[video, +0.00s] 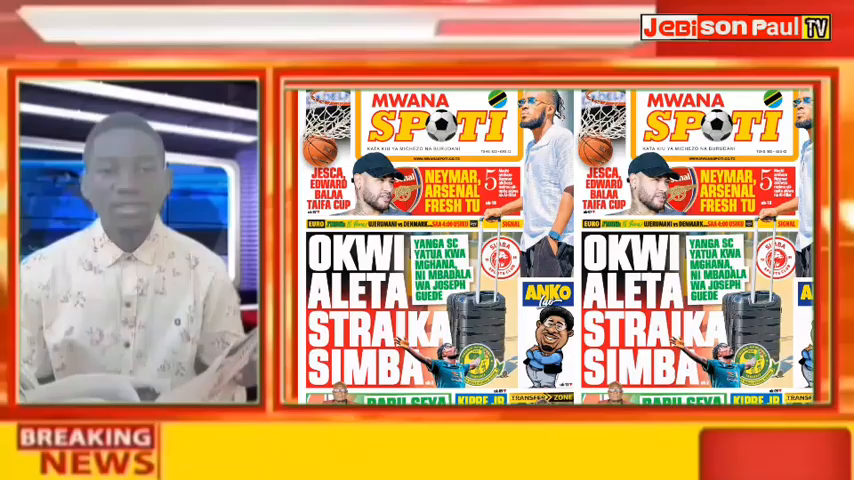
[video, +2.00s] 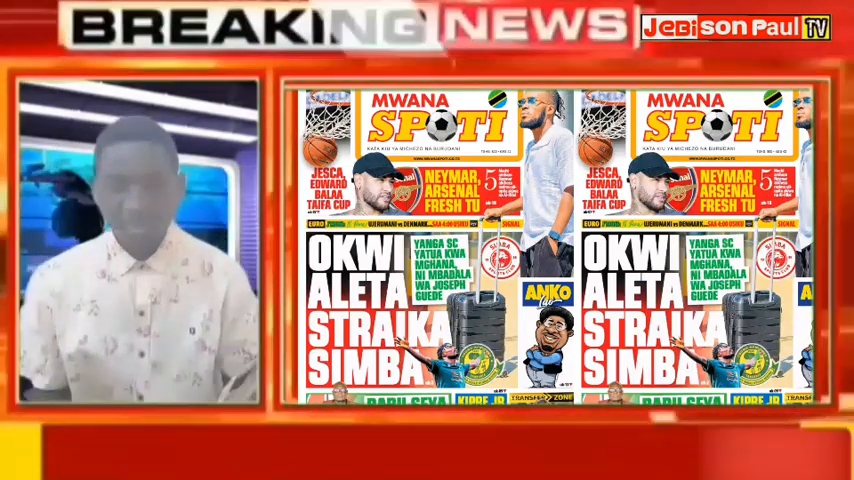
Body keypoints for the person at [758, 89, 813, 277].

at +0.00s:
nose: (799, 107)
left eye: (807, 101)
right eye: (797, 102)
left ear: (820, 107)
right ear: (794, 109)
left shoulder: (827, 148)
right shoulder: (806, 149)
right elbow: (805, 197)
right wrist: (777, 211)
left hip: (821, 240)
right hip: (804, 239)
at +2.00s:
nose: (799, 107)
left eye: (806, 101)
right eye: (797, 103)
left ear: (820, 107)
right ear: (793, 109)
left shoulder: (825, 148)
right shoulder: (806, 149)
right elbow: (805, 196)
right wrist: (777, 210)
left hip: (819, 239)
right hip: (803, 239)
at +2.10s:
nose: (799, 107)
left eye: (806, 101)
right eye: (797, 103)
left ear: (820, 107)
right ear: (794, 110)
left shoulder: (826, 148)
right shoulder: (806, 149)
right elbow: (805, 196)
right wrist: (777, 211)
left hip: (819, 240)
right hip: (804, 240)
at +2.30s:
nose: (799, 107)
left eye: (806, 101)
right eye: (797, 102)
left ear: (820, 108)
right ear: (794, 109)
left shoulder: (826, 148)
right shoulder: (806, 149)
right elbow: (805, 196)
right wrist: (777, 211)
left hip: (820, 240)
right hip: (804, 239)